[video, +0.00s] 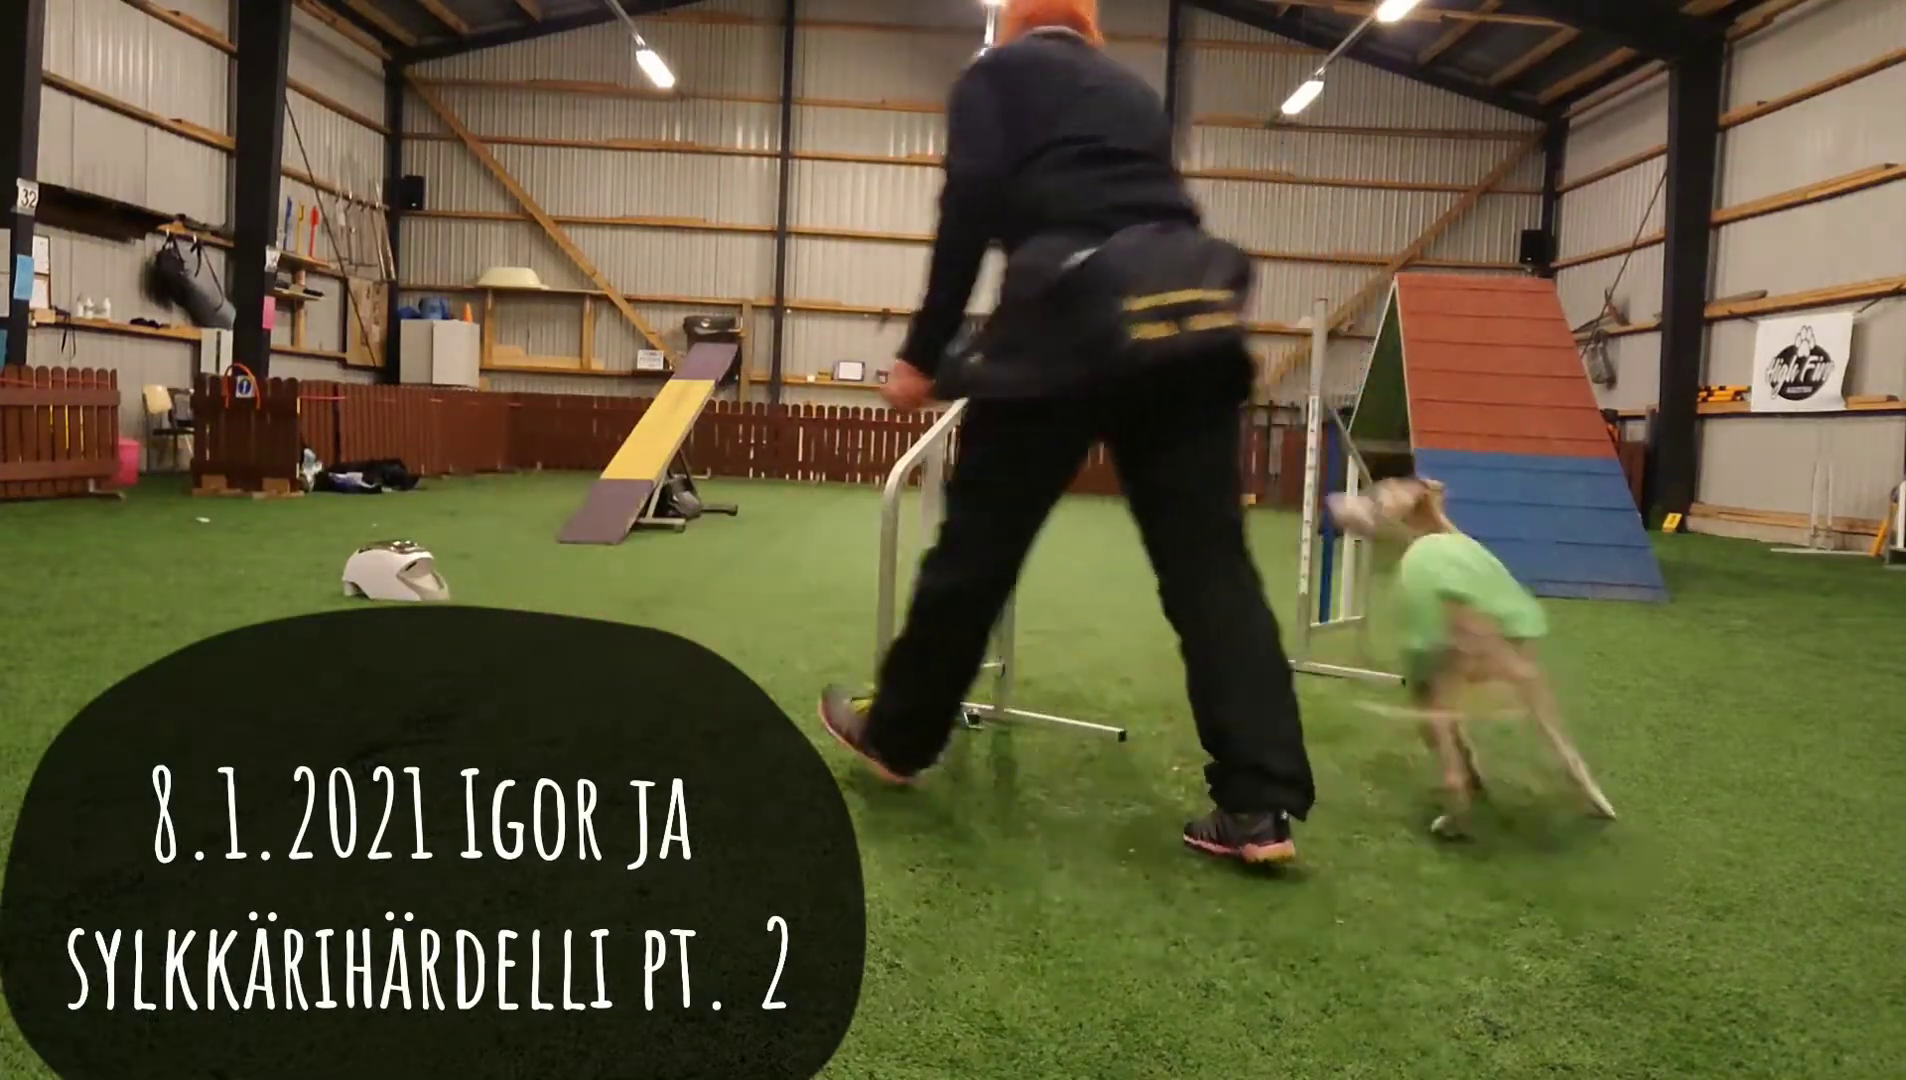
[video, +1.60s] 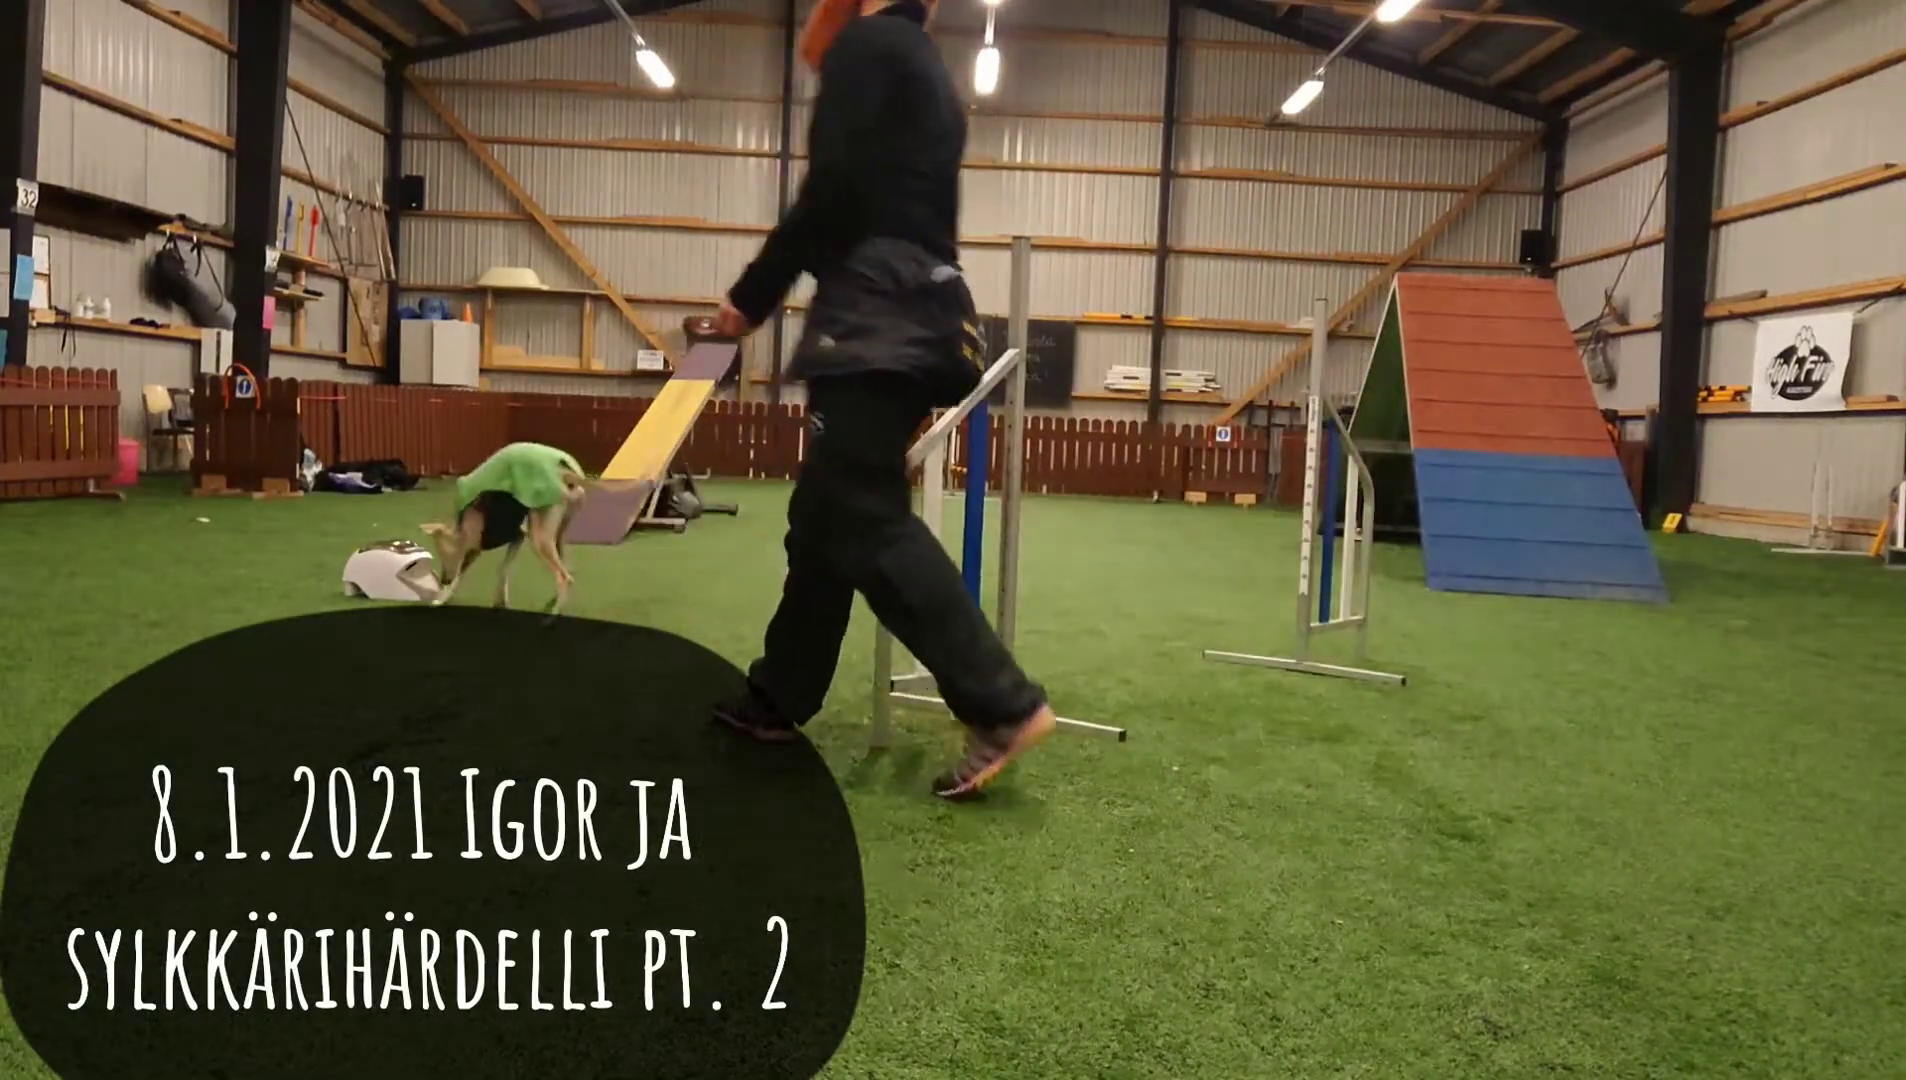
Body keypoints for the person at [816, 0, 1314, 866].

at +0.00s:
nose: (994, 32)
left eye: (997, 25)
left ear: (1013, 27)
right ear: (1090, 33)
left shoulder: (990, 76)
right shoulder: (1132, 88)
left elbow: (971, 202)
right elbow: (1155, 218)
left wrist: (923, 354)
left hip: (1061, 337)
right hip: (1188, 336)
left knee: (976, 549)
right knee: (1209, 568)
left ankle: (898, 737)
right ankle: (1261, 808)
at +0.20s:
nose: (908, 34)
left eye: (911, 25)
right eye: (1019, 34)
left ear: (926, 27)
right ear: (1005, 36)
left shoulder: (897, 77)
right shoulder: (1040, 94)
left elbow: (856, 211)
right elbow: (1045, 217)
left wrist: (806, 352)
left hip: (938, 324)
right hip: (1063, 326)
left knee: (885, 533)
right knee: (1075, 540)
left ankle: (873, 745)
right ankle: (1183, 709)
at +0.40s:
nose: (859, 30)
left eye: (861, 22)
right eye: (958, 32)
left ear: (872, 24)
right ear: (946, 37)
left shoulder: (843, 68)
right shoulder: (986, 105)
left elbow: (789, 199)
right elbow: (984, 230)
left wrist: (740, 337)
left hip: (877, 322)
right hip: (989, 329)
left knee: (852, 533)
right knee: (910, 506)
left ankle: (872, 745)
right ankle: (991, 678)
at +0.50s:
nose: (837, 31)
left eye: (839, 23)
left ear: (851, 25)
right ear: (925, 39)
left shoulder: (823, 68)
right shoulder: (962, 104)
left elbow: (775, 204)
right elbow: (963, 227)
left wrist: (729, 338)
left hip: (855, 315)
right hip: (963, 327)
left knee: (839, 522)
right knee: (870, 503)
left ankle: (873, 743)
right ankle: (884, 710)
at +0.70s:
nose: (797, 31)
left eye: (799, 22)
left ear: (812, 22)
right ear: (883, 37)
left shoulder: (790, 63)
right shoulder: (917, 106)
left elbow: (746, 188)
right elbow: (911, 234)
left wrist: (691, 314)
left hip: (813, 311)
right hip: (906, 324)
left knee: (814, 518)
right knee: (817, 515)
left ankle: (875, 731)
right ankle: (768, 685)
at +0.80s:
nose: (777, 28)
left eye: (779, 20)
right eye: (782, 23)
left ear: (795, 19)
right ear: (865, 36)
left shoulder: (776, 61)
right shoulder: (893, 108)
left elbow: (733, 181)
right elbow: (882, 232)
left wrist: (674, 301)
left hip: (800, 313)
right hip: (888, 323)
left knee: (792, 511)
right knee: (809, 510)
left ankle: (869, 718)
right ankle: (770, 692)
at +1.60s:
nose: (811, 18)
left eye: (819, 5)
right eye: (814, 9)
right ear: (901, 2)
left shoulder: (868, 44)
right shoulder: (921, 61)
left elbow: (831, 194)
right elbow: (906, 214)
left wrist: (748, 299)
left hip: (875, 324)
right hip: (911, 327)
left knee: (861, 516)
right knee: (822, 522)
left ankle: (1005, 706)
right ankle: (776, 703)